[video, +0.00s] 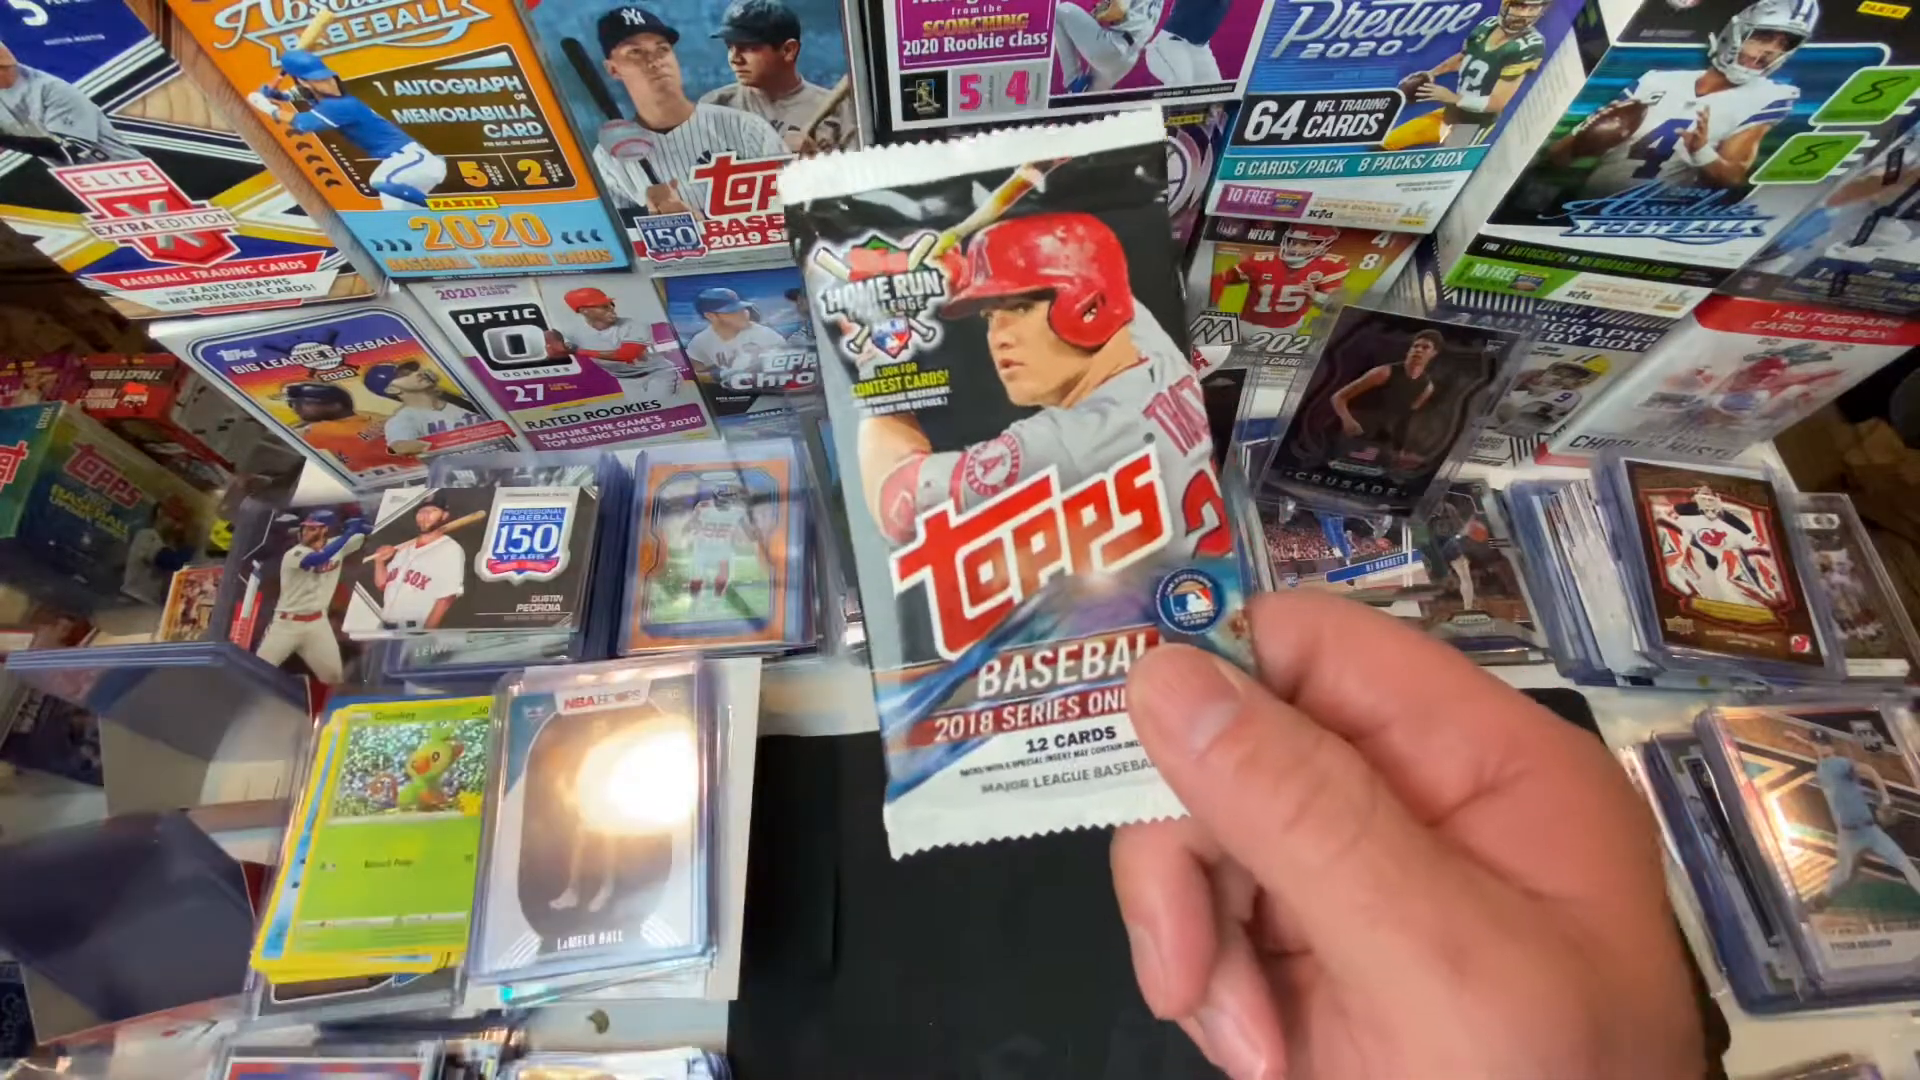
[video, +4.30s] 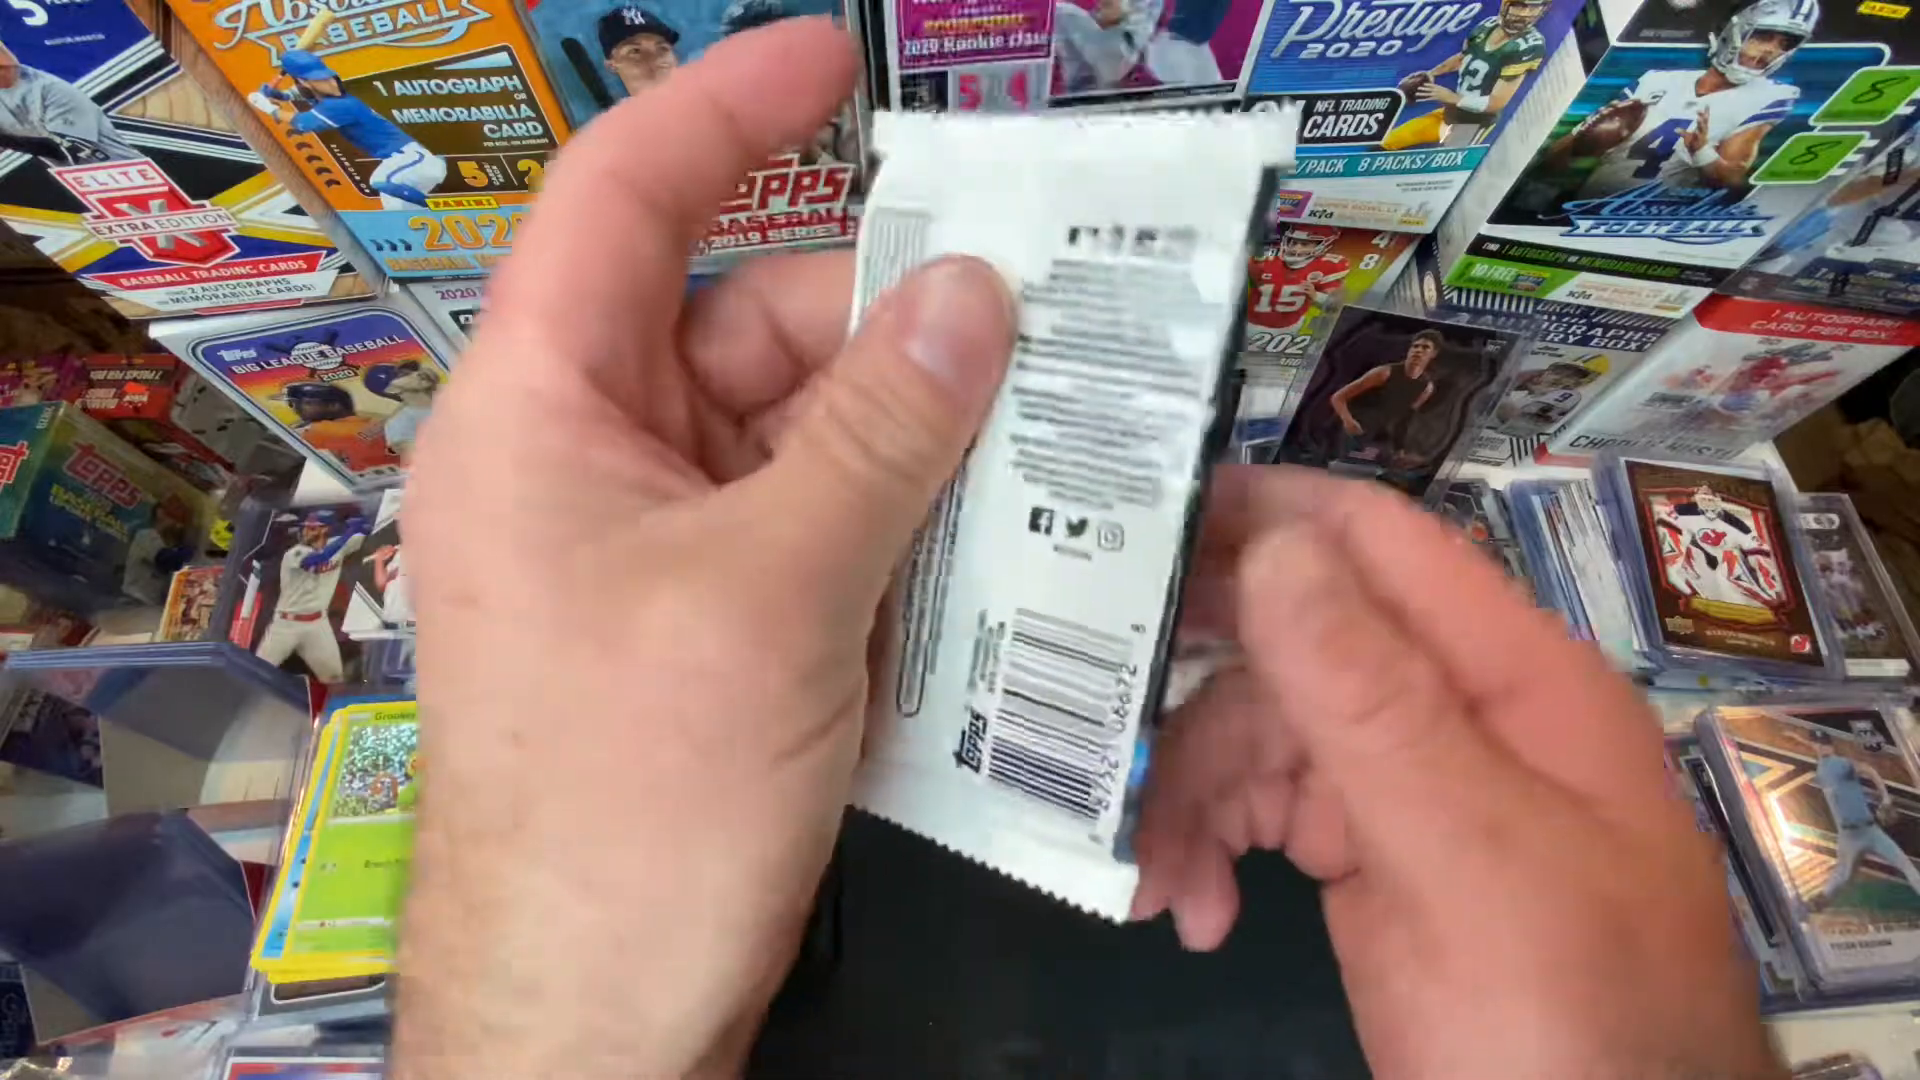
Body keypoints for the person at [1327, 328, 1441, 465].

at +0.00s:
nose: (1418, 350)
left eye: (1425, 347)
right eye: (1416, 346)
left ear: (1434, 354)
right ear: (1410, 349)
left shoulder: (1427, 388)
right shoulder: (1384, 373)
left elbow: (1406, 416)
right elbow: (1338, 398)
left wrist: (1400, 450)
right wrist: (1348, 421)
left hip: (1387, 443)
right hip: (1361, 436)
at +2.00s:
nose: (1419, 350)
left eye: (1426, 347)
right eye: (1416, 346)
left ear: (1434, 354)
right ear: (1410, 349)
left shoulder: (1426, 389)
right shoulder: (1384, 373)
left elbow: (1405, 417)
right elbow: (1338, 397)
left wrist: (1400, 452)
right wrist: (1348, 420)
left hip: (1381, 438)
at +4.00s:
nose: (1418, 351)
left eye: (1425, 347)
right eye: (1415, 346)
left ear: (1434, 354)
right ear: (1409, 349)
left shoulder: (1426, 388)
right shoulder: (1384, 373)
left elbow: (1406, 417)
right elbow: (1338, 397)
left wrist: (1400, 450)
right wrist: (1348, 421)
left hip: (1385, 444)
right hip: (1359, 437)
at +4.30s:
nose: (1418, 351)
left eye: (1425, 347)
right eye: (1415, 346)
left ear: (1433, 354)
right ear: (1409, 350)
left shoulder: (1426, 388)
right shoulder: (1384, 373)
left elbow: (1405, 418)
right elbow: (1338, 398)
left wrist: (1400, 449)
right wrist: (1348, 421)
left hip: (1384, 439)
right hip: (1358, 433)